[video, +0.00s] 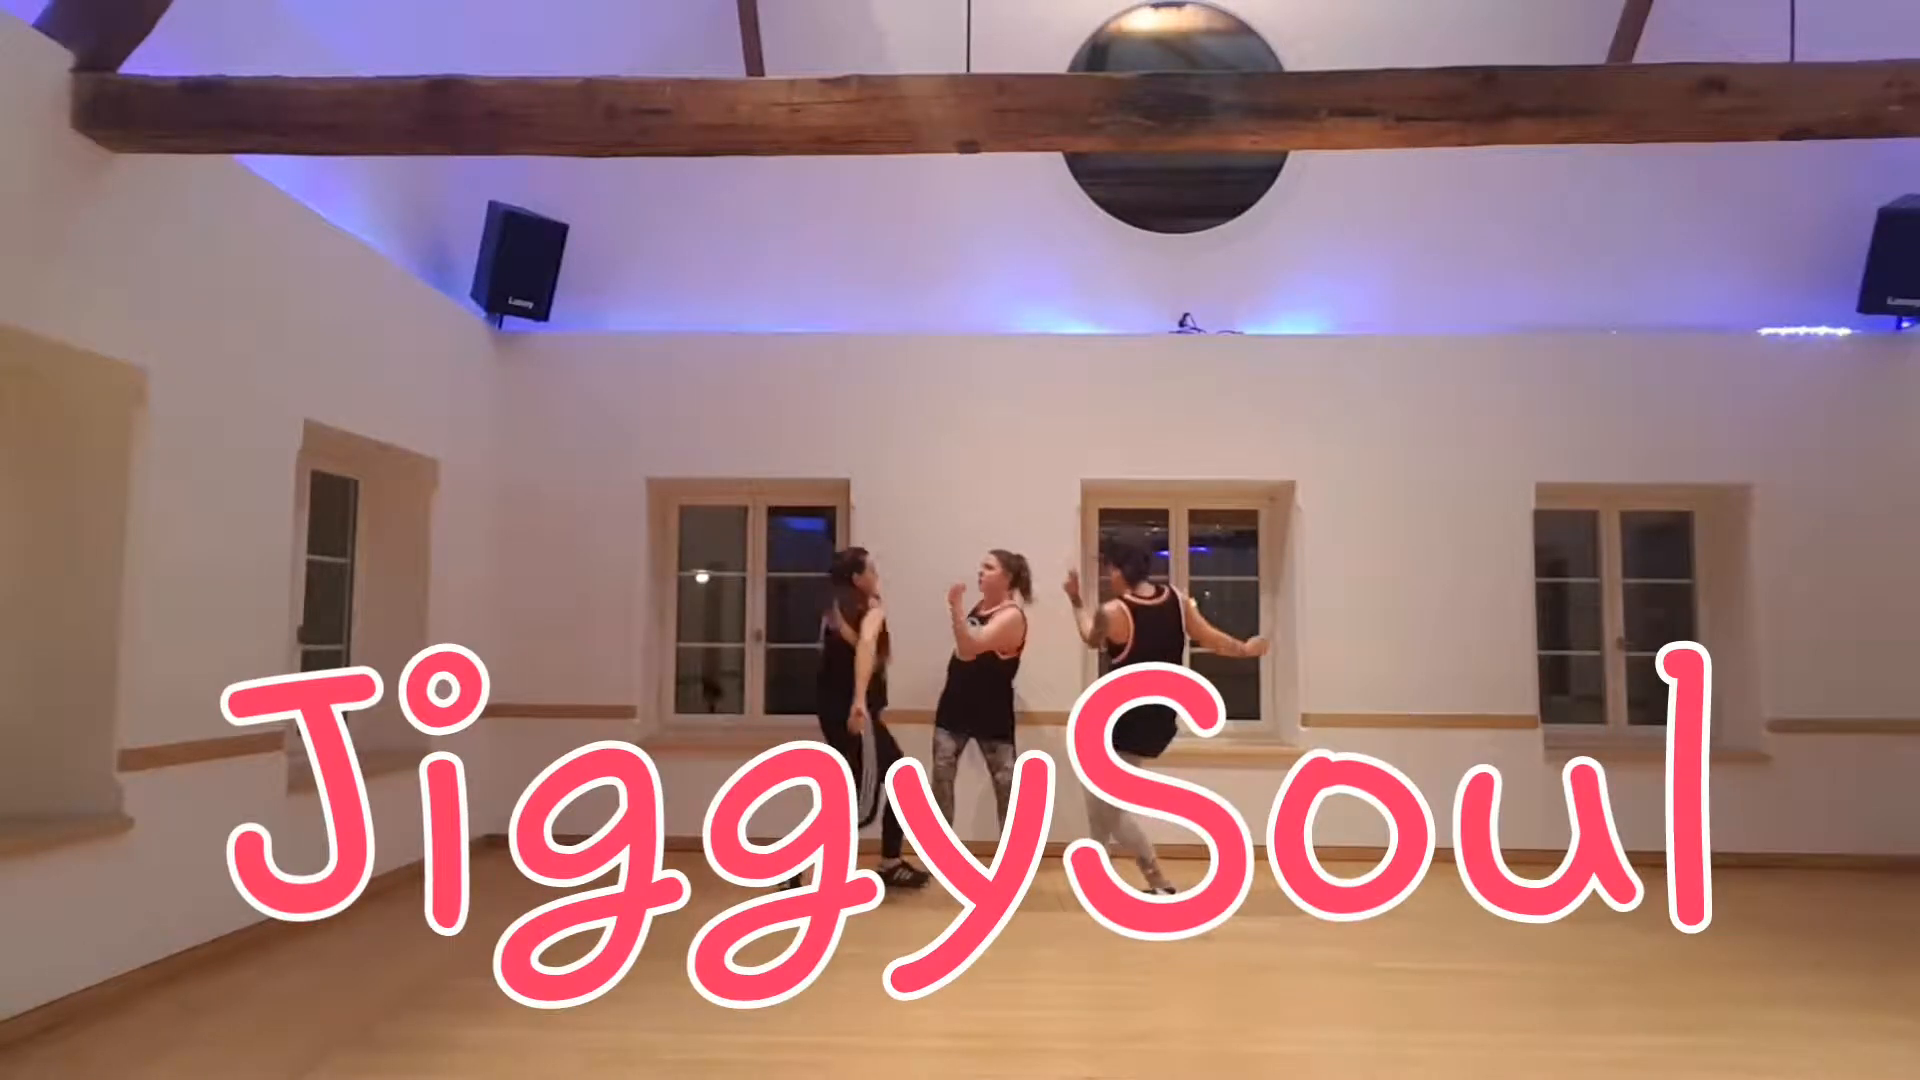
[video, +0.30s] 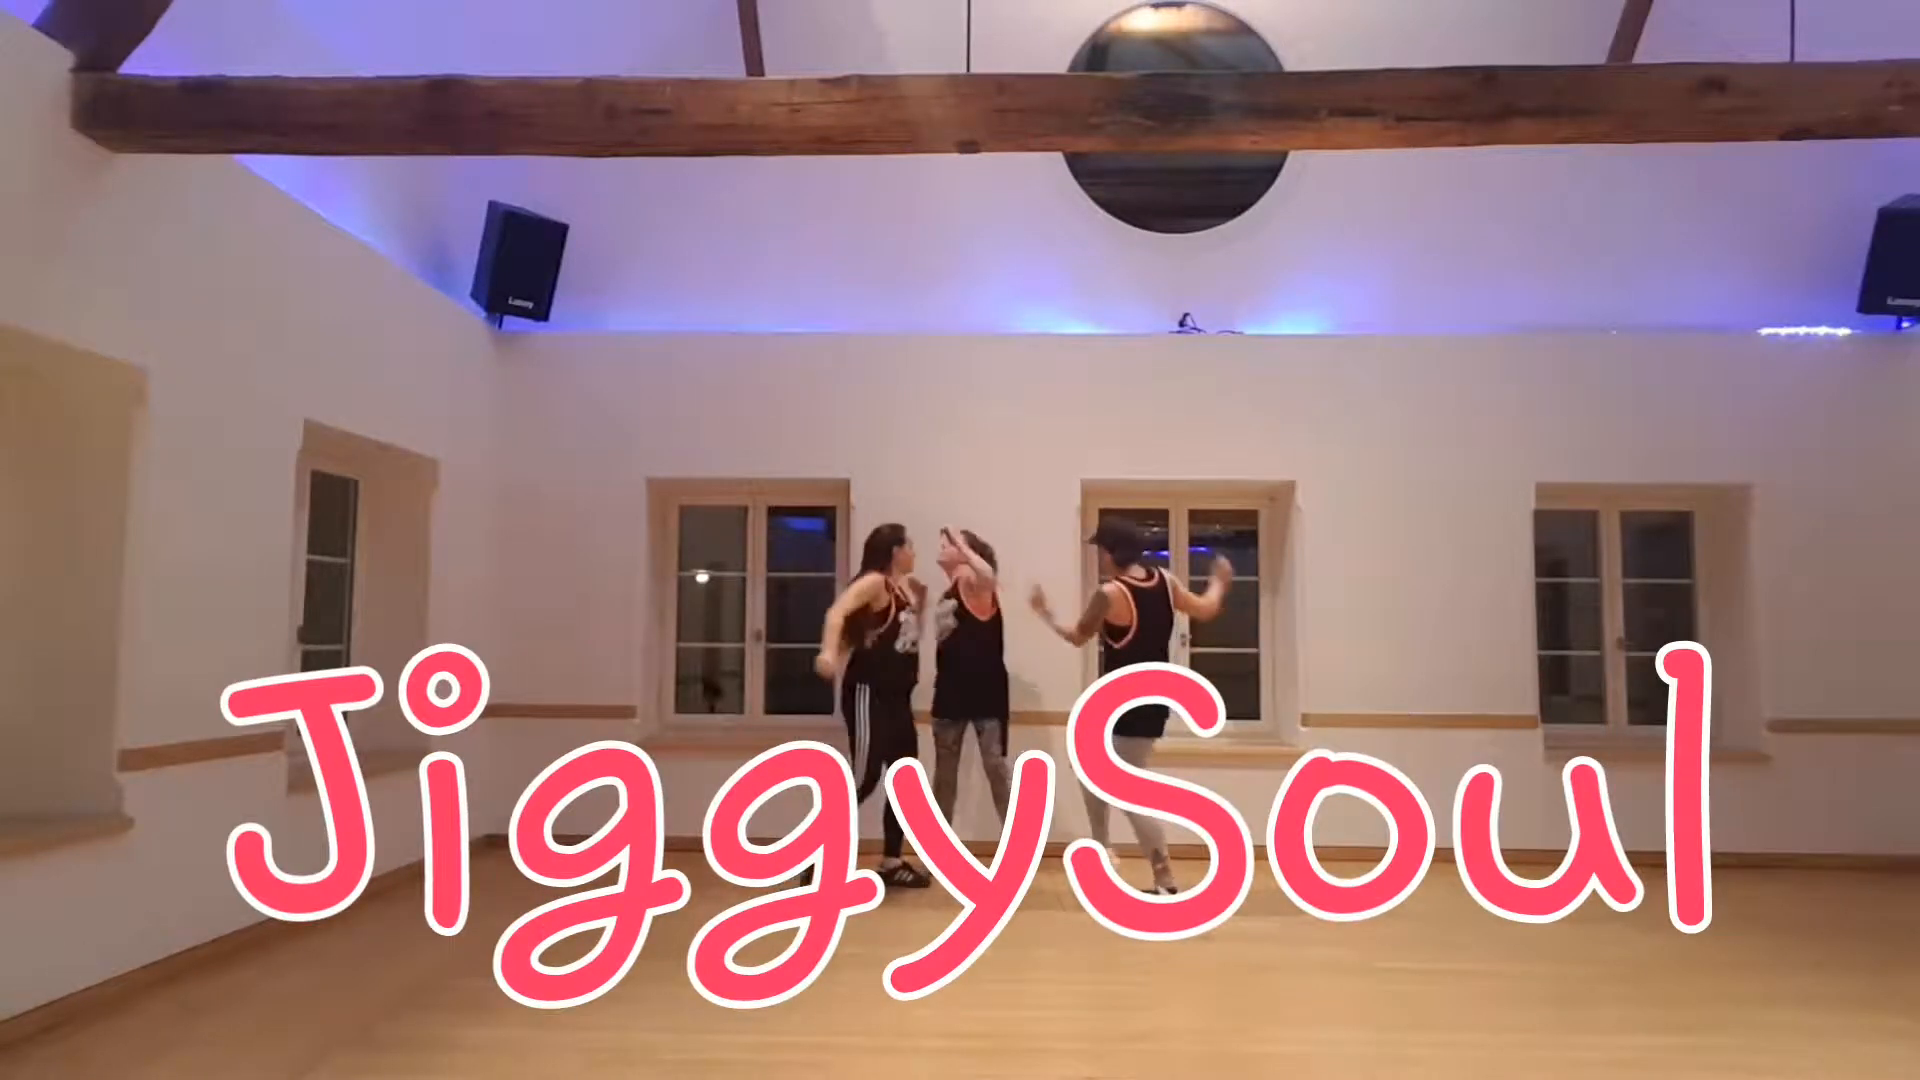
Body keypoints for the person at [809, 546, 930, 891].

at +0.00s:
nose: (876, 574)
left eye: (874, 568)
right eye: (871, 570)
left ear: (847, 578)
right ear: (857, 577)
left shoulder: (834, 609)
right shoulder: (872, 611)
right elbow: (865, 650)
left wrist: (873, 606)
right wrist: (859, 701)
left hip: (832, 712)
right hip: (857, 714)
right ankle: (891, 860)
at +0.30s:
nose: (913, 553)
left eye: (911, 546)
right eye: (908, 546)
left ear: (895, 553)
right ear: (893, 552)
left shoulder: (902, 588)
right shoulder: (874, 582)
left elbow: (917, 630)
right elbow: (837, 612)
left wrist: (920, 600)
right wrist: (829, 652)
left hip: (896, 688)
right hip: (867, 686)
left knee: (903, 775)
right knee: (866, 775)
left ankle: (892, 861)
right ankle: (809, 846)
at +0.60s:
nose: (914, 573)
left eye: (913, 566)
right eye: (906, 567)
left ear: (911, 573)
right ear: (884, 571)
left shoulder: (914, 606)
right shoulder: (855, 609)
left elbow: (930, 658)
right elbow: (825, 649)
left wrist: (928, 611)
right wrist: (796, 689)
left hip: (909, 706)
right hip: (871, 709)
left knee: (917, 784)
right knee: (898, 784)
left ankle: (895, 864)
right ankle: (859, 856)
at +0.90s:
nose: (898, 558)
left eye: (897, 551)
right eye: (890, 552)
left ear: (898, 556)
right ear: (867, 559)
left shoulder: (912, 582)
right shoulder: (850, 596)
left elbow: (941, 616)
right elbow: (833, 629)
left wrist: (937, 620)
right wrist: (809, 654)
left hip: (910, 693)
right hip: (870, 695)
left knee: (909, 777)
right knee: (856, 775)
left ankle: (891, 861)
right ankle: (836, 857)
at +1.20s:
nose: (888, 572)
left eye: (886, 565)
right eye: (879, 568)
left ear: (887, 572)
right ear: (856, 577)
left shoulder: (907, 604)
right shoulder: (839, 620)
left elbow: (936, 651)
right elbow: (806, 657)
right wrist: (775, 685)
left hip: (894, 712)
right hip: (851, 714)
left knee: (915, 794)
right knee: (838, 794)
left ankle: (892, 864)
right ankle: (833, 866)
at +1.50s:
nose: (903, 560)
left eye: (902, 555)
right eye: (898, 555)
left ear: (885, 563)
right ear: (876, 563)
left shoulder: (896, 593)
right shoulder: (849, 606)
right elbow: (810, 622)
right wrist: (771, 639)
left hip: (898, 703)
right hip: (860, 706)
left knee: (906, 782)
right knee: (855, 789)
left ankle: (892, 862)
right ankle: (837, 875)